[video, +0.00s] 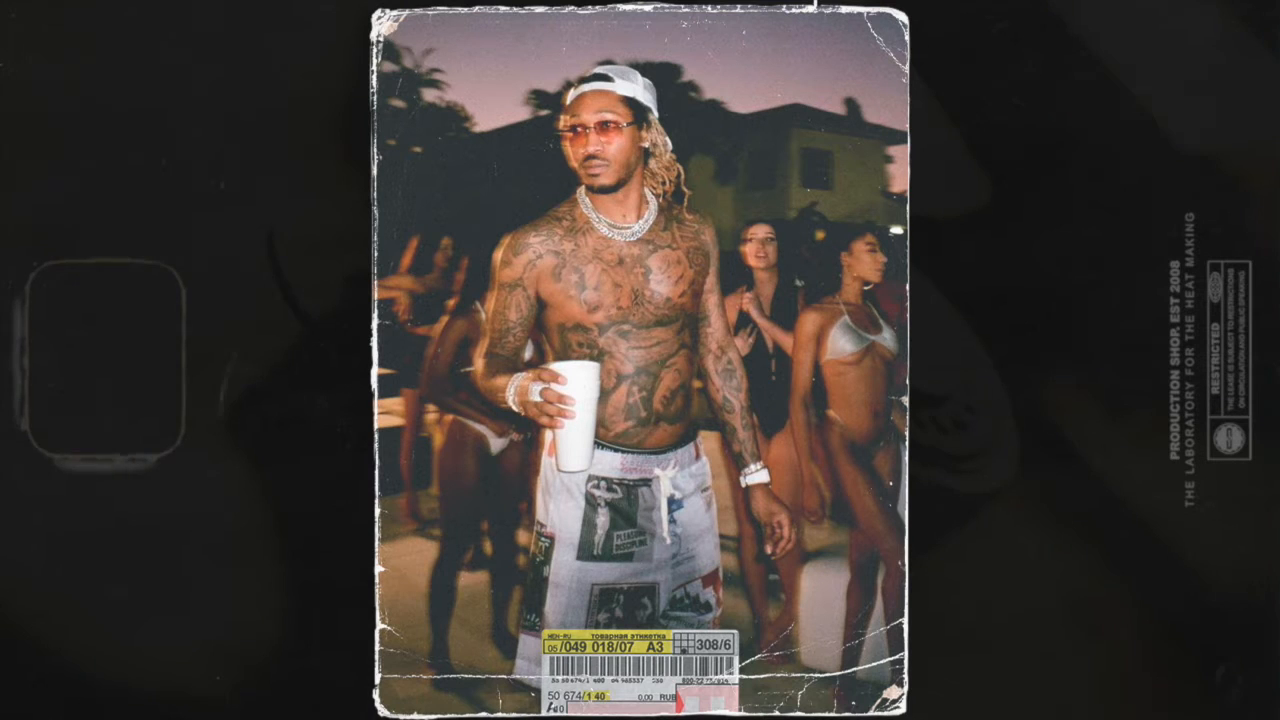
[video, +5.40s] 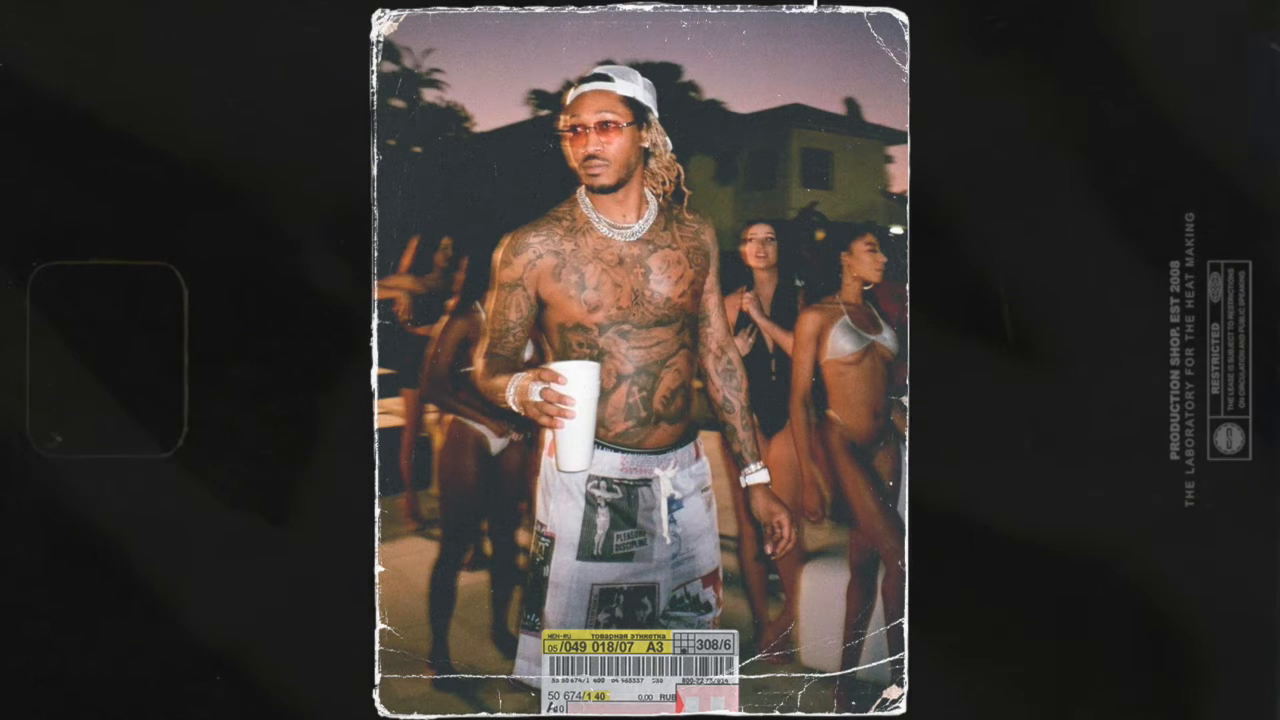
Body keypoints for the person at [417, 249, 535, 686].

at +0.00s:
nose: (515, 291)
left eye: (523, 283)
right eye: (509, 280)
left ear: (531, 291)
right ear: (495, 281)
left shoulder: (530, 334)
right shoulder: (464, 323)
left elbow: (542, 386)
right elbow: (434, 388)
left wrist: (528, 421)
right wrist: (489, 422)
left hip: (513, 446)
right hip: (465, 442)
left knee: (506, 541)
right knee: (456, 543)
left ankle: (501, 627)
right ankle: (439, 652)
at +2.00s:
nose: (514, 288)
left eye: (521, 280)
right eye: (507, 278)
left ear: (531, 288)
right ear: (493, 278)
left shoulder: (531, 332)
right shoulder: (465, 322)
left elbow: (543, 385)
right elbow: (434, 387)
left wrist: (530, 420)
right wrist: (489, 421)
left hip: (515, 443)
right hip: (465, 439)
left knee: (506, 540)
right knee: (456, 543)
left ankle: (501, 627)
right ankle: (439, 648)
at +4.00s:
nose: (516, 288)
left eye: (523, 281)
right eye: (510, 279)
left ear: (532, 290)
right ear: (495, 280)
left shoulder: (531, 333)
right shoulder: (465, 323)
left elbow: (544, 385)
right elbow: (435, 386)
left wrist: (529, 422)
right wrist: (489, 421)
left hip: (514, 444)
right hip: (465, 440)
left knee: (506, 541)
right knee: (455, 544)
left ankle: (501, 627)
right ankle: (439, 647)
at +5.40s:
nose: (517, 287)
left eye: (524, 280)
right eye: (510, 277)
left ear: (533, 289)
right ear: (495, 278)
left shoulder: (532, 332)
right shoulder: (466, 322)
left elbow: (543, 385)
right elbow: (434, 387)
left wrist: (529, 421)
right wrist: (489, 421)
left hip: (514, 446)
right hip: (465, 441)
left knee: (506, 541)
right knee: (456, 544)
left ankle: (501, 627)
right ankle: (439, 648)